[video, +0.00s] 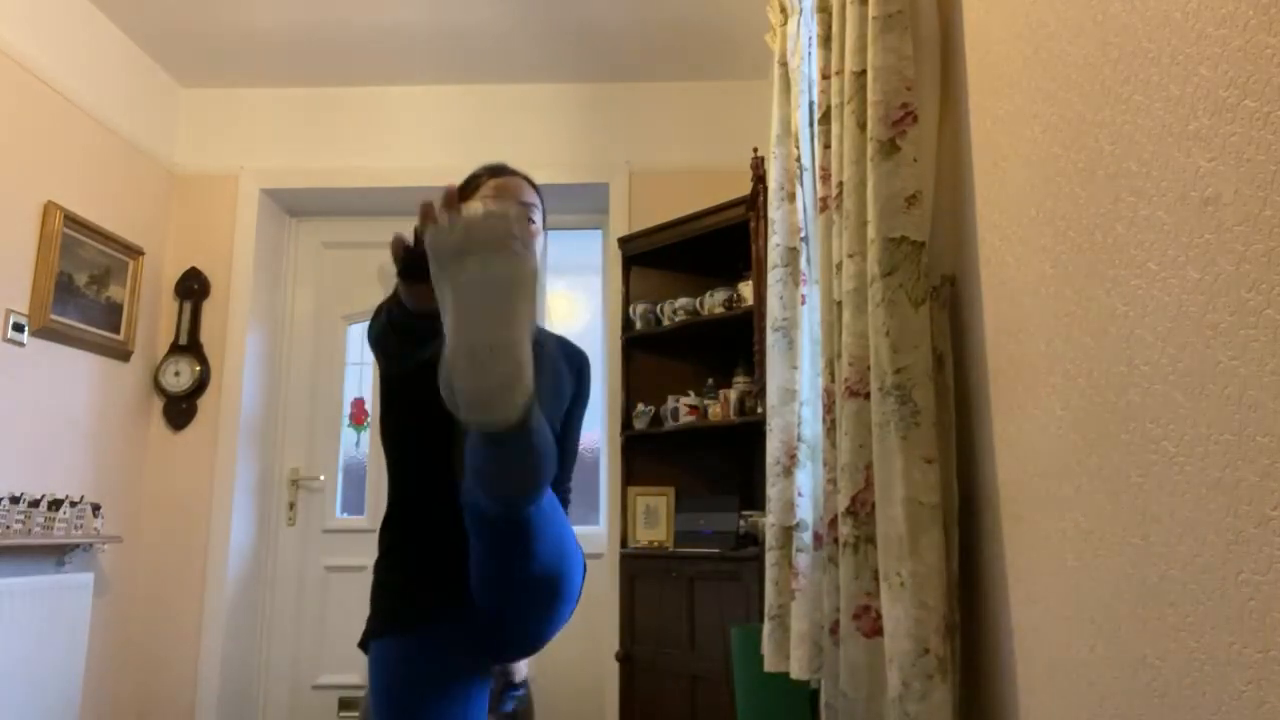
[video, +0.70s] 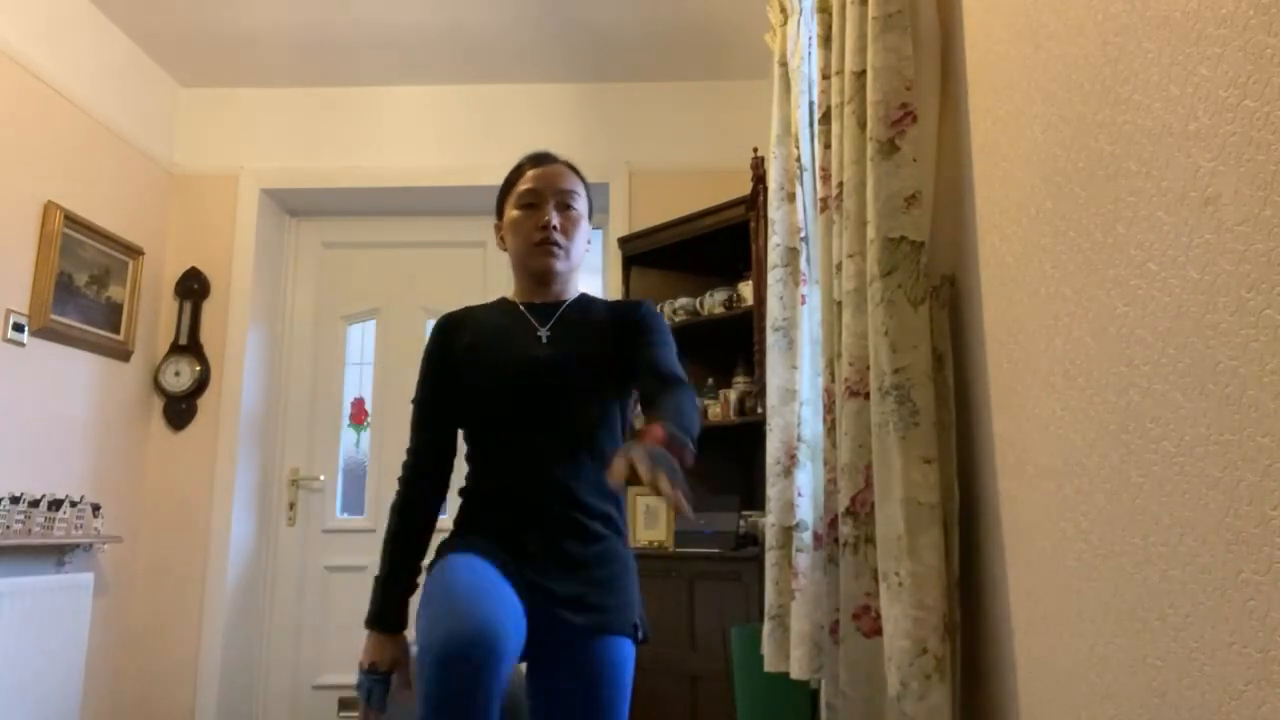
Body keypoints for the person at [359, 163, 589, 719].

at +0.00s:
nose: (515, 226)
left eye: (530, 216)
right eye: (496, 211)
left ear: (543, 238)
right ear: (459, 225)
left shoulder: (564, 359)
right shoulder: (408, 328)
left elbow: (554, 493)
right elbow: (395, 334)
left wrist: (517, 647)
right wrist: (417, 300)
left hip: (520, 602)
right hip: (419, 599)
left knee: (523, 509)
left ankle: (494, 411)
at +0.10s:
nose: (510, 219)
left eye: (526, 210)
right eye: (489, 205)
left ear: (539, 237)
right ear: (449, 229)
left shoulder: (565, 354)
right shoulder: (413, 322)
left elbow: (562, 486)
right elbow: (384, 348)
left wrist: (557, 596)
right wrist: (389, 350)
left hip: (526, 596)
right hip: (423, 593)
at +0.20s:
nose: (508, 212)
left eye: (525, 204)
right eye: (488, 197)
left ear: (539, 234)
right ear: (450, 222)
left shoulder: (568, 343)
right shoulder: (401, 310)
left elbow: (574, 474)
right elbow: (369, 372)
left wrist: (570, 565)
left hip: (535, 551)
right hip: (424, 558)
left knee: (520, 656)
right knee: (408, 707)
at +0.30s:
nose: (509, 208)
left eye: (527, 199)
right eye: (489, 194)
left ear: (540, 231)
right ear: (453, 221)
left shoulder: (574, 337)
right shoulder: (399, 318)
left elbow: (590, 472)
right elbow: (355, 421)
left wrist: (594, 594)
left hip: (538, 583)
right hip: (424, 580)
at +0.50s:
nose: (528, 215)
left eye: (544, 204)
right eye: (507, 202)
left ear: (562, 233)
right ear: (475, 229)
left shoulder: (606, 335)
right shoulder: (427, 331)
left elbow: (643, 469)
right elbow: (379, 475)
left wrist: (669, 601)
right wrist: (327, 615)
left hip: (572, 622)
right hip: (449, 620)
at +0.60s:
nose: (541, 219)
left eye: (558, 208)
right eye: (521, 205)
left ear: (579, 239)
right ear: (491, 235)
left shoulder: (624, 334)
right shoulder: (446, 335)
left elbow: (667, 439)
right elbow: (402, 482)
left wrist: (690, 551)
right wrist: (358, 621)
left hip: (588, 597)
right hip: (470, 597)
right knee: (458, 708)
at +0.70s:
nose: (549, 218)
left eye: (567, 206)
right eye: (530, 205)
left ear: (589, 234)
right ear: (500, 233)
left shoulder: (632, 324)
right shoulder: (459, 334)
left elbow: (670, 390)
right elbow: (424, 479)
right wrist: (385, 619)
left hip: (591, 566)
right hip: (484, 553)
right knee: (467, 643)